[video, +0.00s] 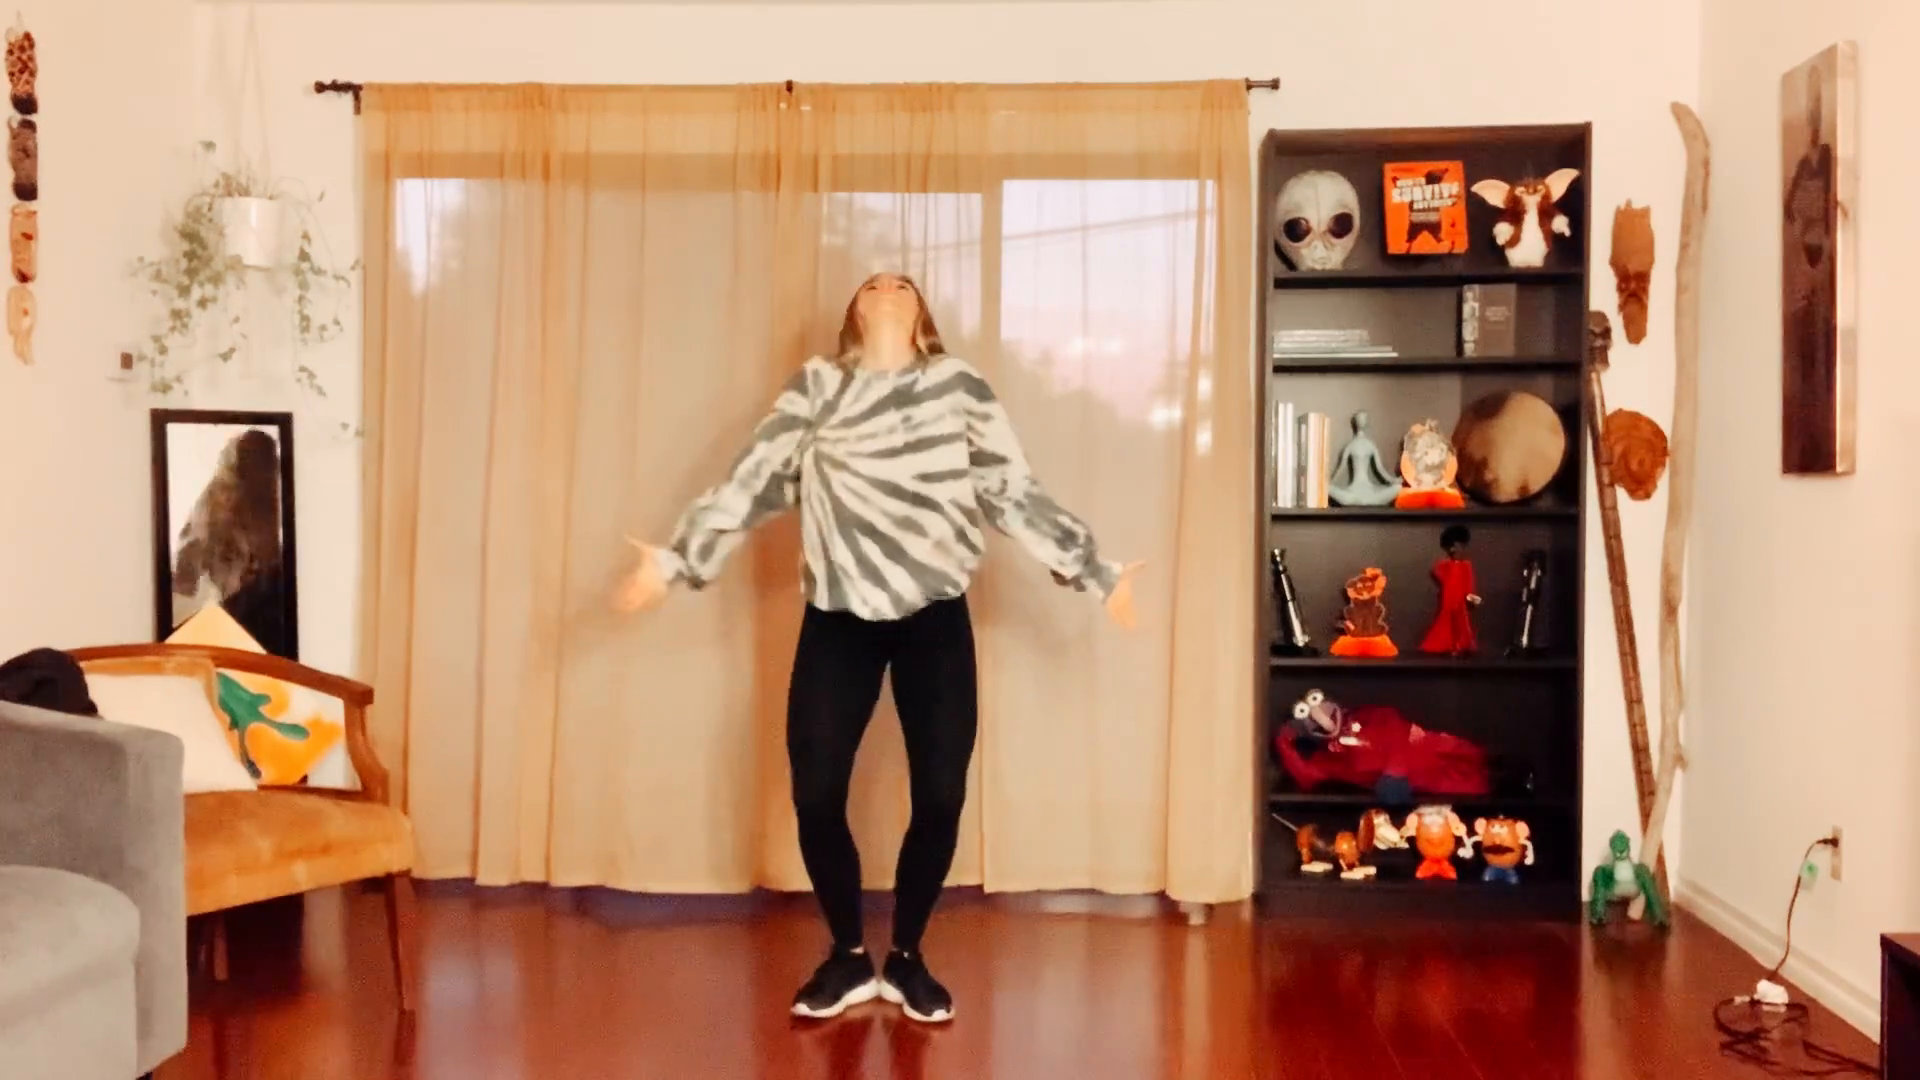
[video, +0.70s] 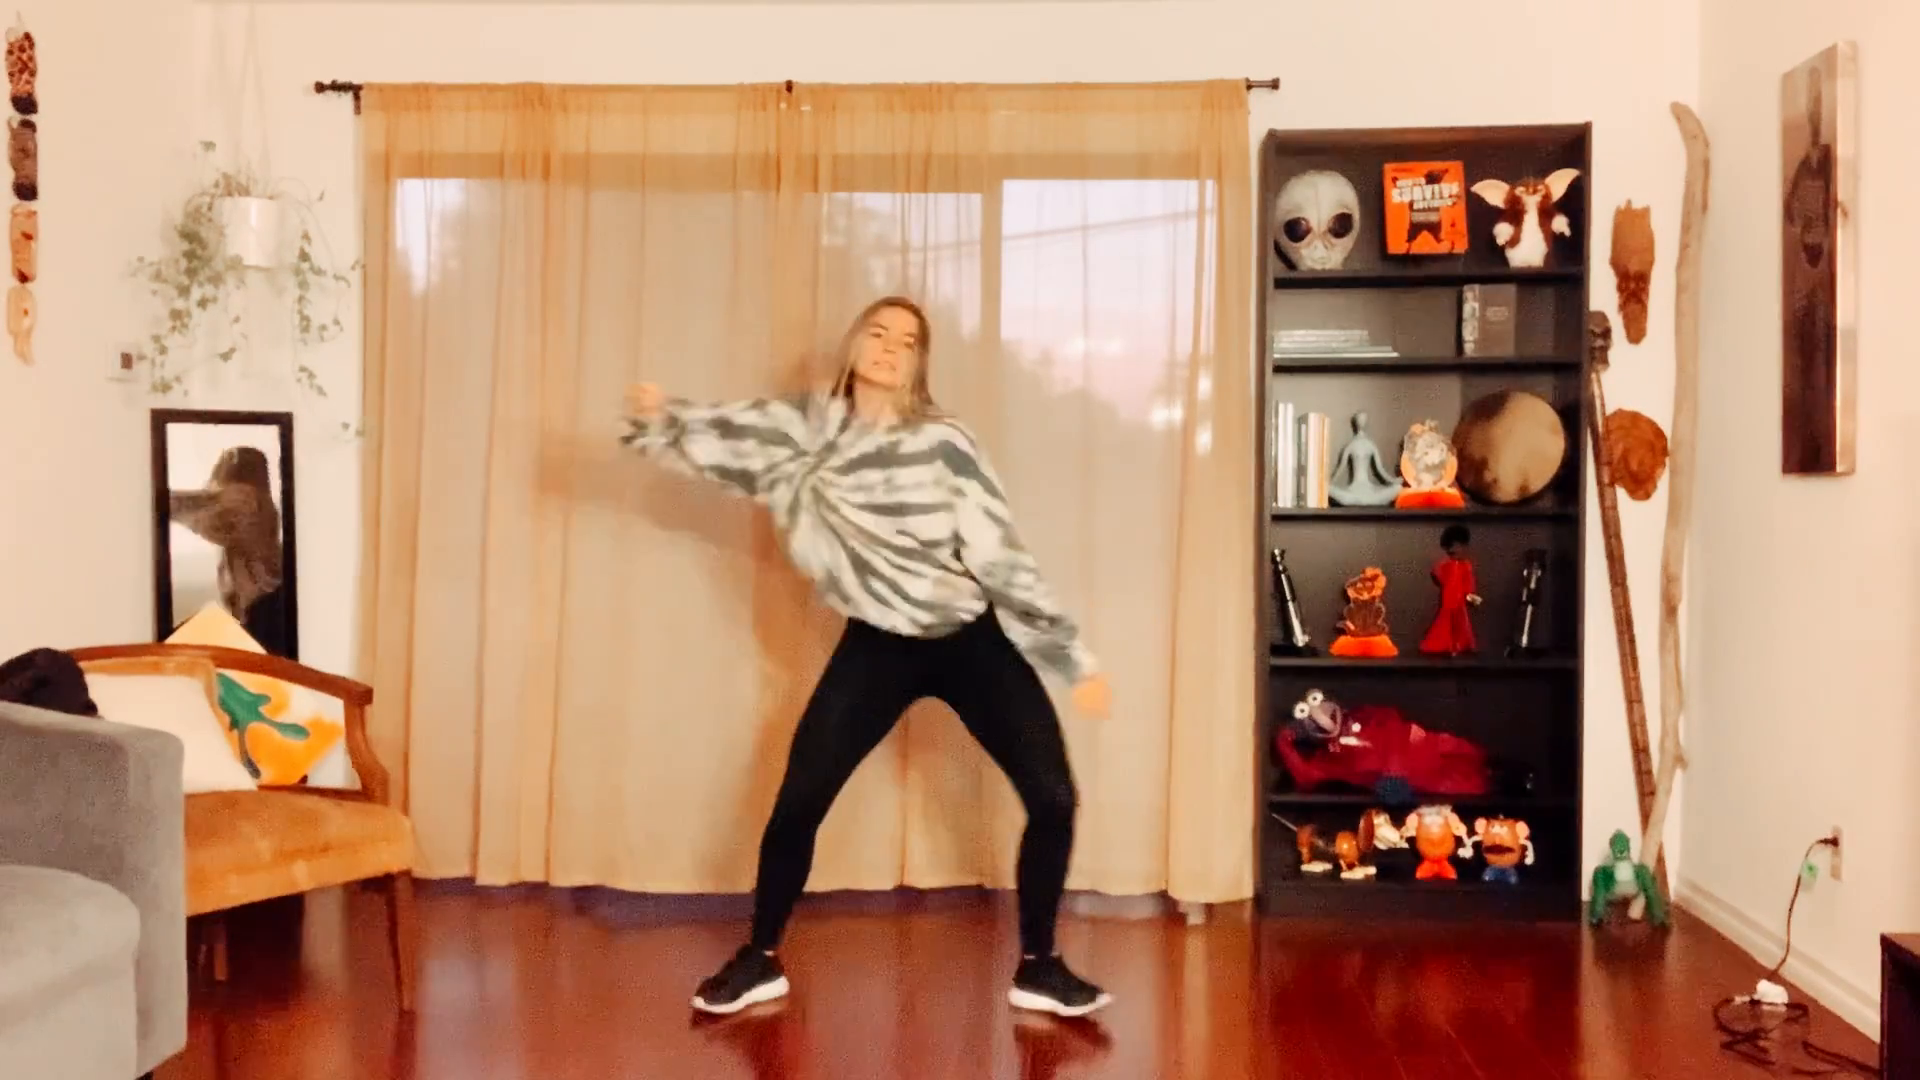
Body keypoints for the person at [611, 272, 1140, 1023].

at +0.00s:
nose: (885, 287)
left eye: (901, 286)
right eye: (871, 285)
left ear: (923, 323)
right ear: (851, 323)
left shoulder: (958, 386)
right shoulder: (820, 386)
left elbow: (1013, 492)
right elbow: (751, 479)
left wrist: (1096, 569)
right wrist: (674, 558)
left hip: (934, 615)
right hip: (839, 616)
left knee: (941, 797)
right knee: (815, 795)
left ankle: (905, 959)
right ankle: (849, 958)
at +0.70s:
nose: (889, 347)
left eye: (906, 343)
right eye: (878, 333)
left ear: (920, 367)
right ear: (849, 347)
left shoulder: (946, 446)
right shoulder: (807, 427)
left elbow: (1002, 560)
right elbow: (729, 438)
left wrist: (1073, 658)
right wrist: (667, 421)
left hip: (974, 640)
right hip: (878, 641)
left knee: (1054, 799)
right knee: (798, 800)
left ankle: (1038, 967)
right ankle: (760, 958)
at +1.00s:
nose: (1055, 359)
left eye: (1070, 350)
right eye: (1040, 351)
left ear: (1091, 376)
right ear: (1021, 375)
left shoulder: (1129, 463)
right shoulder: (983, 459)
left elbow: (1236, 454)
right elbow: (925, 549)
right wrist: (865, 624)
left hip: (1028, 668)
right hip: (930, 650)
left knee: (1129, 817)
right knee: (831, 801)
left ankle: (1054, 972)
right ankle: (760, 954)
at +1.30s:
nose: (1108, 375)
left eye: (1118, 364)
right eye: (1089, 366)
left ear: (1132, 376)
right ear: (1059, 384)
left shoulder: (1176, 442)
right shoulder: (1034, 481)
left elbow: (1277, 435)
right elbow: (973, 597)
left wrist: (1242, 364)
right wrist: (924, 700)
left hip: (1121, 668)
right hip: (1025, 657)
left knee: (1139, 858)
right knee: (932, 820)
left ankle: (1082, 956)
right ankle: (877, 945)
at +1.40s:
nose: (1119, 373)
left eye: (1127, 362)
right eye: (1102, 363)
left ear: (1139, 375)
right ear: (1069, 376)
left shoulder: (1176, 463)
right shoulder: (1043, 473)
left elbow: (1272, 433)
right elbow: (988, 565)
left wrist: (1212, 413)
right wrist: (935, 650)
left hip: (1143, 661)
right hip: (1050, 656)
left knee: (1123, 847)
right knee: (998, 829)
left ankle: (1087, 957)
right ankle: (981, 952)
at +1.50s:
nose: (1139, 365)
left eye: (1142, 353)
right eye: (1123, 353)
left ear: (1148, 363)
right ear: (1082, 364)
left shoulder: (1182, 420)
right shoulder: (1046, 454)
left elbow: (1267, 448)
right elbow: (993, 510)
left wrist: (1226, 490)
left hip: (1161, 647)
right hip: (1068, 650)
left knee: (1147, 844)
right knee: (1068, 835)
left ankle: (1096, 948)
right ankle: (1046, 965)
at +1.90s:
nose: (1271, 346)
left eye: (1272, 332)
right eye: (1254, 332)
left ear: (1273, 345)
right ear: (1211, 341)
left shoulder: (1304, 436)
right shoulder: (1156, 430)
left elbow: (1376, 540)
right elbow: (1081, 503)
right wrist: (1017, 436)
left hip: (1272, 652)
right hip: (1170, 647)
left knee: (1369, 802)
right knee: (1130, 823)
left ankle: (1399, 980)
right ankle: (1046, 973)